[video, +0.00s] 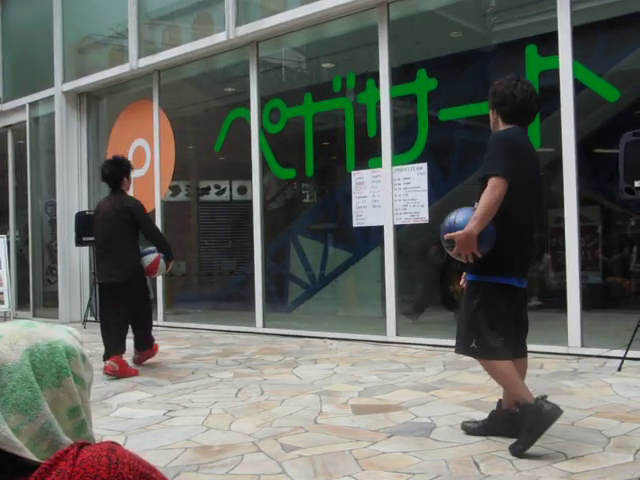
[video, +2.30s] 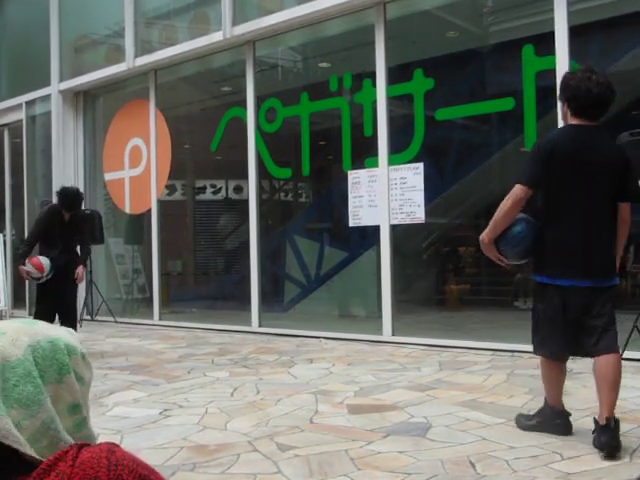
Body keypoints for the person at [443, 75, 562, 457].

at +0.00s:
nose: (488, 114)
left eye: (489, 109)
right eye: (491, 109)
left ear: (495, 112)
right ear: (527, 114)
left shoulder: (503, 142)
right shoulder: (526, 149)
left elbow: (496, 190)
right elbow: (514, 214)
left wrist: (469, 232)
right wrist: (476, 256)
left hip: (495, 265)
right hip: (516, 264)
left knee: (478, 340)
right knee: (513, 340)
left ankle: (532, 408)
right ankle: (506, 413)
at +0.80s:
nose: (506, 95)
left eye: (509, 89)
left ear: (513, 96)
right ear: (554, 94)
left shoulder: (523, 136)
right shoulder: (562, 138)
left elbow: (523, 193)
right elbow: (557, 203)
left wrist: (509, 247)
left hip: (534, 263)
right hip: (555, 262)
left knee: (542, 350)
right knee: (552, 343)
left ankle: (556, 439)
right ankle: (566, 421)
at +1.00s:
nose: (522, 88)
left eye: (525, 83)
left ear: (527, 93)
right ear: (569, 93)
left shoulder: (524, 138)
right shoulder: (580, 137)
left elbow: (512, 196)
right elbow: (577, 201)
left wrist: (489, 247)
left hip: (534, 265)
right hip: (574, 261)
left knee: (545, 351)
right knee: (585, 344)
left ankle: (556, 439)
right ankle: (606, 431)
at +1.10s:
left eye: (533, 84)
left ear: (535, 92)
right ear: (578, 93)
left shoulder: (528, 139)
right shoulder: (590, 139)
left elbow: (506, 199)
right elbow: (596, 208)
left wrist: (479, 247)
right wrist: (579, 242)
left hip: (537, 268)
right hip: (583, 265)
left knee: (547, 351)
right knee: (596, 346)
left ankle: (556, 439)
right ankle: (607, 432)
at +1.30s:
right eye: (598, 87)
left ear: (553, 92)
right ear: (596, 93)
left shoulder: (537, 140)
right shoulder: (610, 142)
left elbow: (508, 197)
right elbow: (623, 210)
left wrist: (478, 242)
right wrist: (619, 260)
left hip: (553, 269)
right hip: (600, 266)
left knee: (552, 352)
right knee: (607, 348)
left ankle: (556, 440)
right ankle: (608, 434)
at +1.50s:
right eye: (611, 89)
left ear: (568, 94)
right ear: (611, 94)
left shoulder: (555, 139)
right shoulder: (627, 139)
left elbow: (521, 195)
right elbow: (635, 204)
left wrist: (496, 240)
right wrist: (633, 250)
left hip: (566, 266)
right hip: (617, 263)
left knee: (550, 344)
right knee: (617, 347)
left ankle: (553, 431)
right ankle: (610, 433)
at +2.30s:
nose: (561, 104)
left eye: (563, 100)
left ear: (565, 105)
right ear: (606, 108)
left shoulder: (551, 146)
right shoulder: (616, 153)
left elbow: (517, 199)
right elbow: (623, 216)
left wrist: (486, 237)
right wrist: (616, 257)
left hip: (554, 266)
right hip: (599, 266)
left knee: (551, 338)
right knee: (605, 340)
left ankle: (553, 411)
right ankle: (607, 425)